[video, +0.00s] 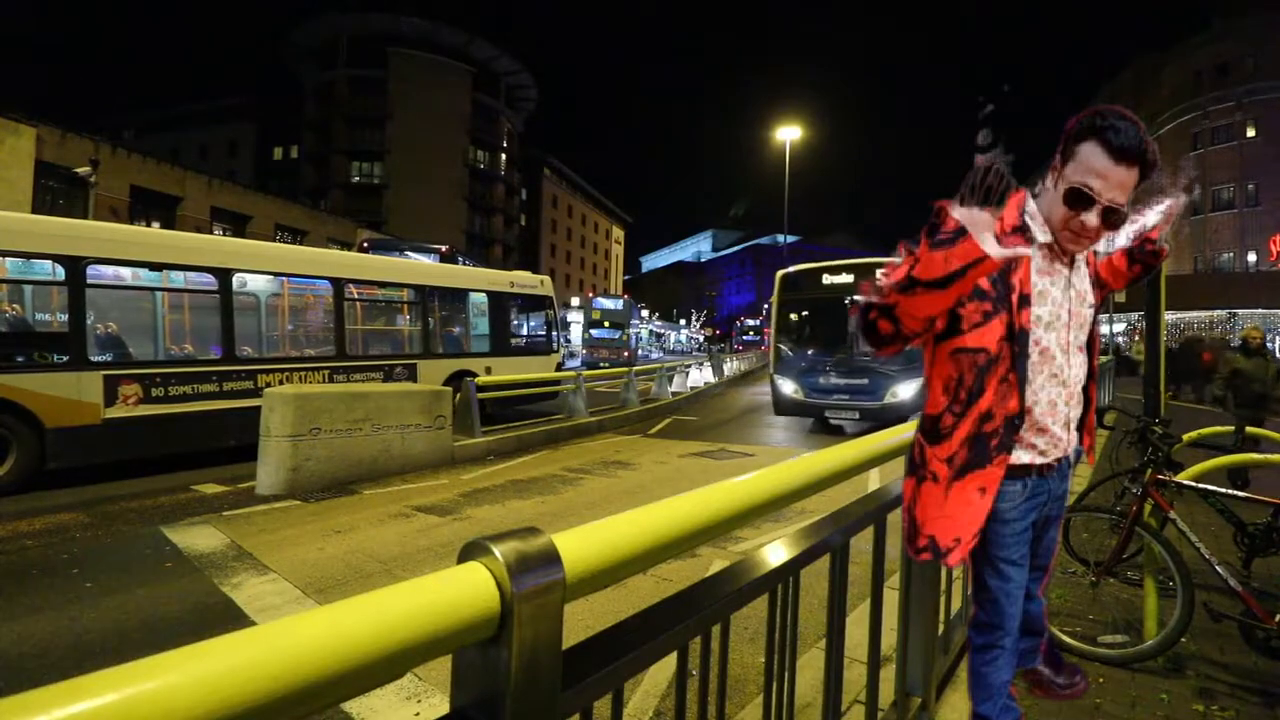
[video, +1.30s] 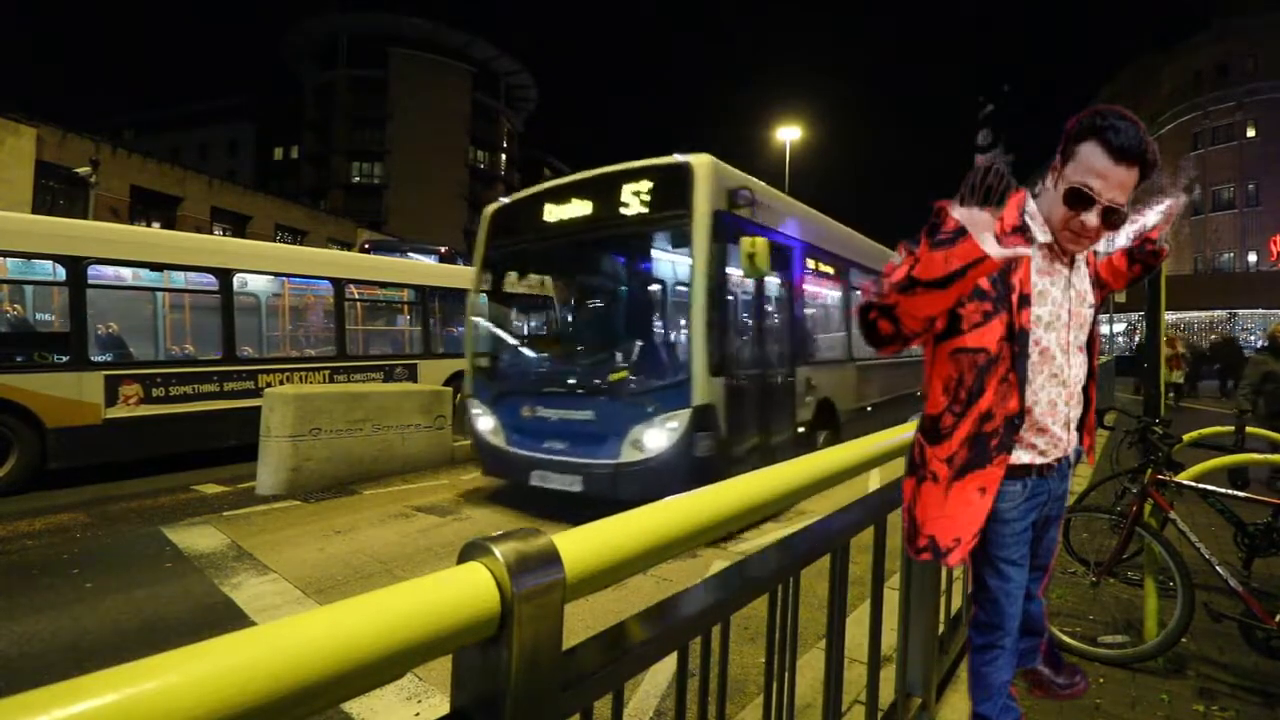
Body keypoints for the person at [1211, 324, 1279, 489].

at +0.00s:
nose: (1254, 342)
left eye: (1258, 339)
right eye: (1251, 338)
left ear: (1263, 341)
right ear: (1244, 339)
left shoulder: (1269, 361)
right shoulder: (1234, 358)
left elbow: (1272, 386)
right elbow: (1222, 380)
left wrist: (1271, 406)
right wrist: (1221, 399)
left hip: (1260, 407)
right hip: (1239, 406)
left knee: (1253, 443)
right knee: (1238, 442)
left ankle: (1245, 475)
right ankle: (1233, 476)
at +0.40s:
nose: (1257, 339)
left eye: (1261, 335)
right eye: (1253, 335)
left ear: (1265, 338)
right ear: (1245, 337)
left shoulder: (1272, 358)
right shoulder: (1233, 355)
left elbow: (1274, 381)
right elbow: (1220, 376)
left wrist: (1274, 397)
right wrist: (1228, 392)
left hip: (1268, 407)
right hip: (1243, 407)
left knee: (1271, 443)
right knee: (1244, 444)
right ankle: (1240, 476)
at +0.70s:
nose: (1274, 340)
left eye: (1277, 337)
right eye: (1270, 337)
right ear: (1261, 338)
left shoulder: (1277, 360)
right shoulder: (1248, 358)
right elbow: (1231, 379)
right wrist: (1243, 391)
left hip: (1274, 411)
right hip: (1250, 411)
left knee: (1275, 446)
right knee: (1247, 446)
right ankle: (1240, 476)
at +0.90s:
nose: (1278, 337)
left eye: (1279, 333)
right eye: (1275, 333)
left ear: (1279, 335)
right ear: (1266, 335)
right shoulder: (1255, 357)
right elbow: (1238, 384)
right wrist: (1244, 405)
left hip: (1275, 411)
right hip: (1260, 410)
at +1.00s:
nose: (1278, 337)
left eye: (1279, 334)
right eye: (1276, 333)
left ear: (1278, 336)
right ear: (1268, 336)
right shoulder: (1257, 358)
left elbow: (1239, 383)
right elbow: (1239, 384)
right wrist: (1240, 406)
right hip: (1265, 412)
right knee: (1268, 444)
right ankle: (1267, 474)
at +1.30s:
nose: (1279, 337)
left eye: (1279, 333)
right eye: (1277, 333)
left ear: (1273, 337)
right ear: (1271, 336)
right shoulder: (1261, 360)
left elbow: (1247, 386)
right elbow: (1246, 386)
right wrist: (1244, 409)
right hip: (1268, 413)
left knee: (1274, 447)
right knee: (1273, 447)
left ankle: (1274, 477)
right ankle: (1273, 477)